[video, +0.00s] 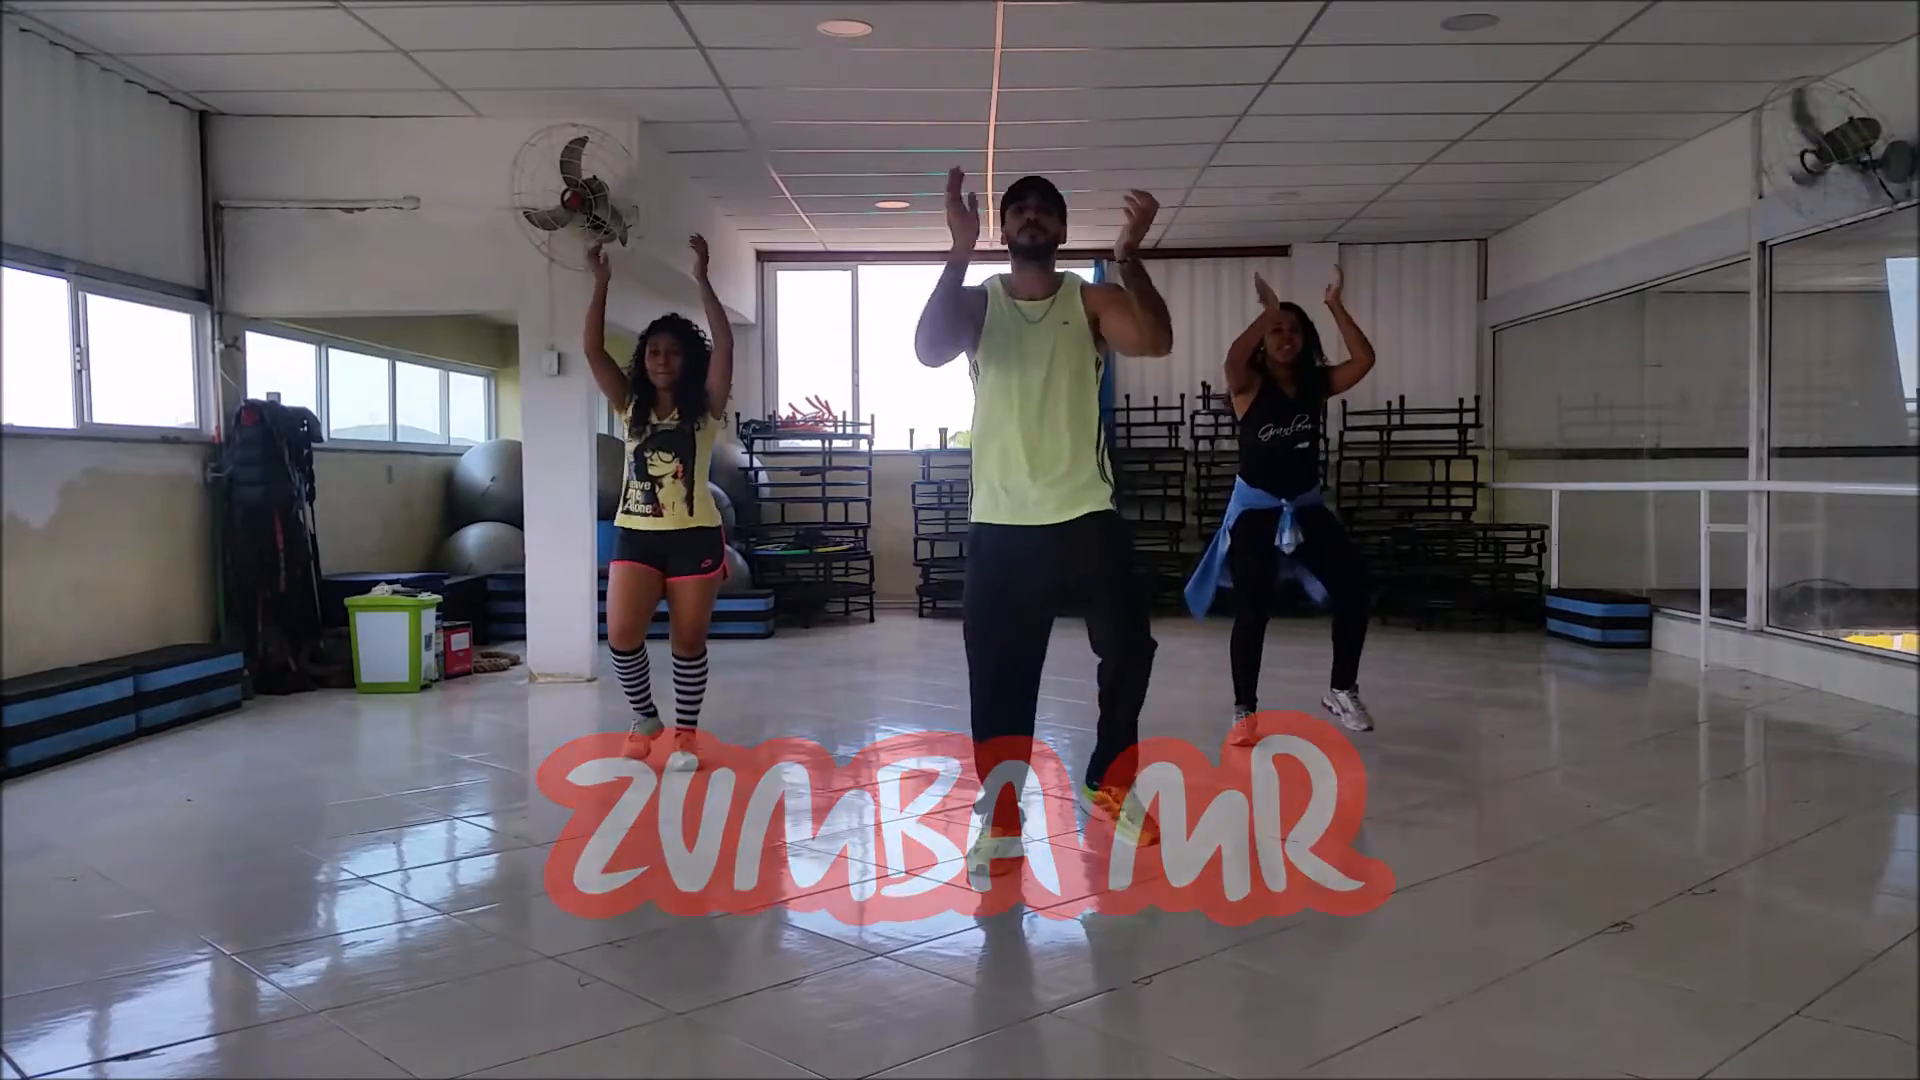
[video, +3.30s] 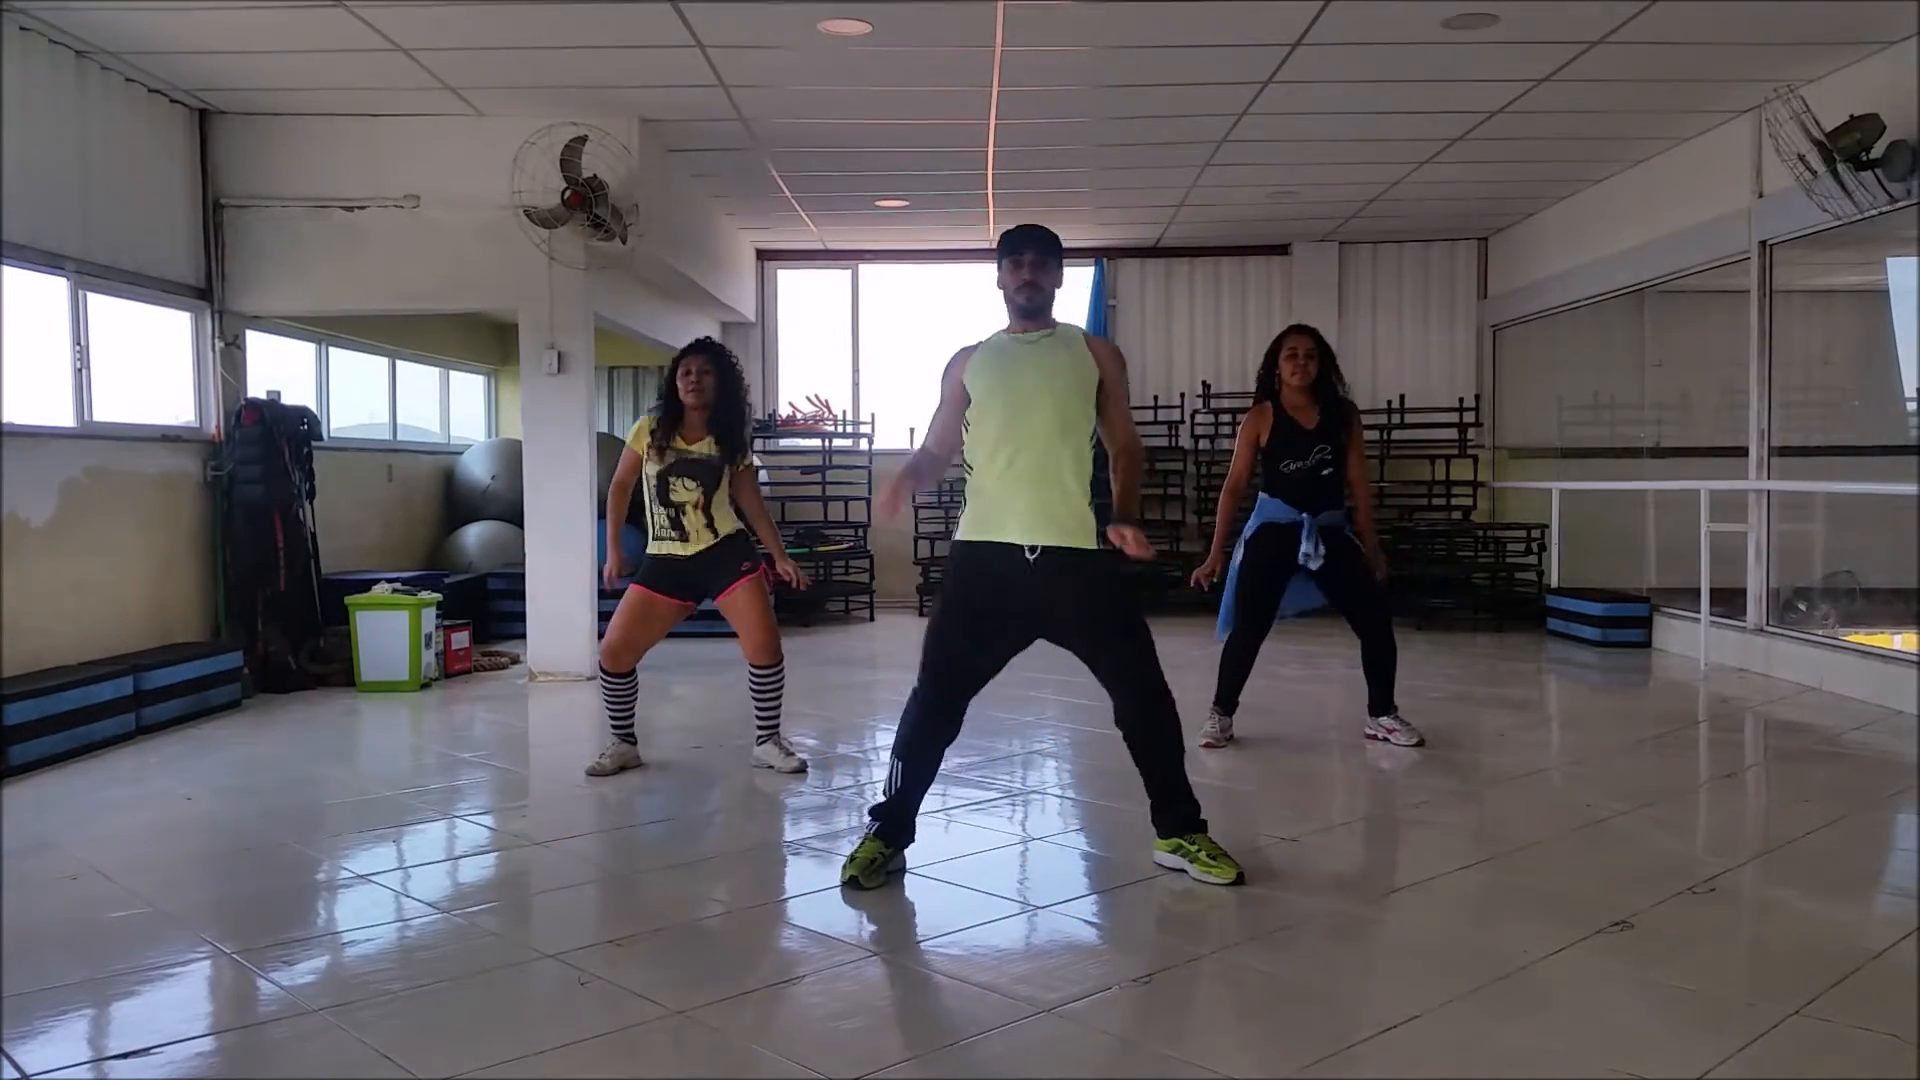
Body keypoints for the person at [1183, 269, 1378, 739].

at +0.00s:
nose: (1286, 338)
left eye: (1293, 330)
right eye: (1276, 331)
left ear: (1306, 339)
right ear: (1263, 341)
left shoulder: (1316, 384)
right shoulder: (1247, 386)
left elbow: (1363, 359)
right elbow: (1234, 359)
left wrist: (1336, 307)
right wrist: (1268, 312)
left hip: (1308, 510)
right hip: (1256, 512)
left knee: (1354, 589)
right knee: (1252, 606)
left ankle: (1341, 692)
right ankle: (1245, 711)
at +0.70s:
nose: (1293, 340)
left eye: (1301, 332)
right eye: (1285, 333)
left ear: (1316, 340)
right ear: (1274, 339)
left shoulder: (1334, 384)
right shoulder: (1259, 383)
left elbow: (1368, 381)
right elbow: (1222, 376)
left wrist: (1322, 350)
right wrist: (1282, 361)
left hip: (1322, 513)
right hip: (1266, 513)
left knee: (1326, 615)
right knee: (1255, 615)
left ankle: (1333, 716)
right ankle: (1235, 717)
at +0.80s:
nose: (1286, 338)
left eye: (1295, 331)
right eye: (1277, 332)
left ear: (1309, 342)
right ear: (1262, 343)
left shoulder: (1326, 390)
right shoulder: (1248, 387)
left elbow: (1375, 413)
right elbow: (1201, 402)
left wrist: (1327, 383)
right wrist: (1265, 390)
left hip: (1315, 515)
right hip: (1258, 515)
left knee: (1327, 614)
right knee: (1249, 615)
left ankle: (1335, 713)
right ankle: (1234, 715)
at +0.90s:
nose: (1278, 337)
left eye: (1287, 331)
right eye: (1269, 331)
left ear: (1300, 342)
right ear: (1254, 342)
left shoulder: (1317, 390)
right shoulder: (1239, 388)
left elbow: (1368, 434)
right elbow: (1191, 427)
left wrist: (1336, 428)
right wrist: (1239, 436)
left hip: (1309, 513)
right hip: (1252, 514)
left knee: (1343, 598)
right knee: (1245, 611)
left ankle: (1347, 705)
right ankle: (1234, 715)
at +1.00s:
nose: (1279, 335)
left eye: (1287, 329)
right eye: (1269, 329)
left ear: (1300, 339)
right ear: (1254, 339)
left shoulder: (1315, 390)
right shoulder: (1235, 387)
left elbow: (1350, 438)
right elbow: (1195, 444)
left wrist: (1362, 460)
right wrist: (1220, 476)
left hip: (1308, 511)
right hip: (1251, 512)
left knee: (1348, 598)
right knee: (1245, 611)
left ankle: (1365, 700)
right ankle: (1234, 715)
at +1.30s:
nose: (1298, 347)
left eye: (1306, 341)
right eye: (1288, 341)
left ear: (1319, 351)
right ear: (1273, 351)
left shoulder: (1339, 401)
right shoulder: (1255, 405)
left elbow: (1363, 467)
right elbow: (1233, 473)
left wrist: (1387, 528)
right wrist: (1221, 533)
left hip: (1332, 524)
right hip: (1274, 526)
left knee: (1363, 616)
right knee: (1260, 616)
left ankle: (1381, 716)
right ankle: (1225, 713)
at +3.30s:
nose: (1300, 362)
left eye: (1309, 355)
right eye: (1291, 355)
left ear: (1321, 364)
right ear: (1276, 364)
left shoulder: (1343, 415)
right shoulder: (1259, 418)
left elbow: (1359, 486)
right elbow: (1233, 488)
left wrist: (1368, 548)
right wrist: (1216, 552)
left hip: (1330, 534)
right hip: (1274, 533)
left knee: (1375, 618)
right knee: (1251, 621)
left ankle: (1383, 717)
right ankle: (1221, 716)